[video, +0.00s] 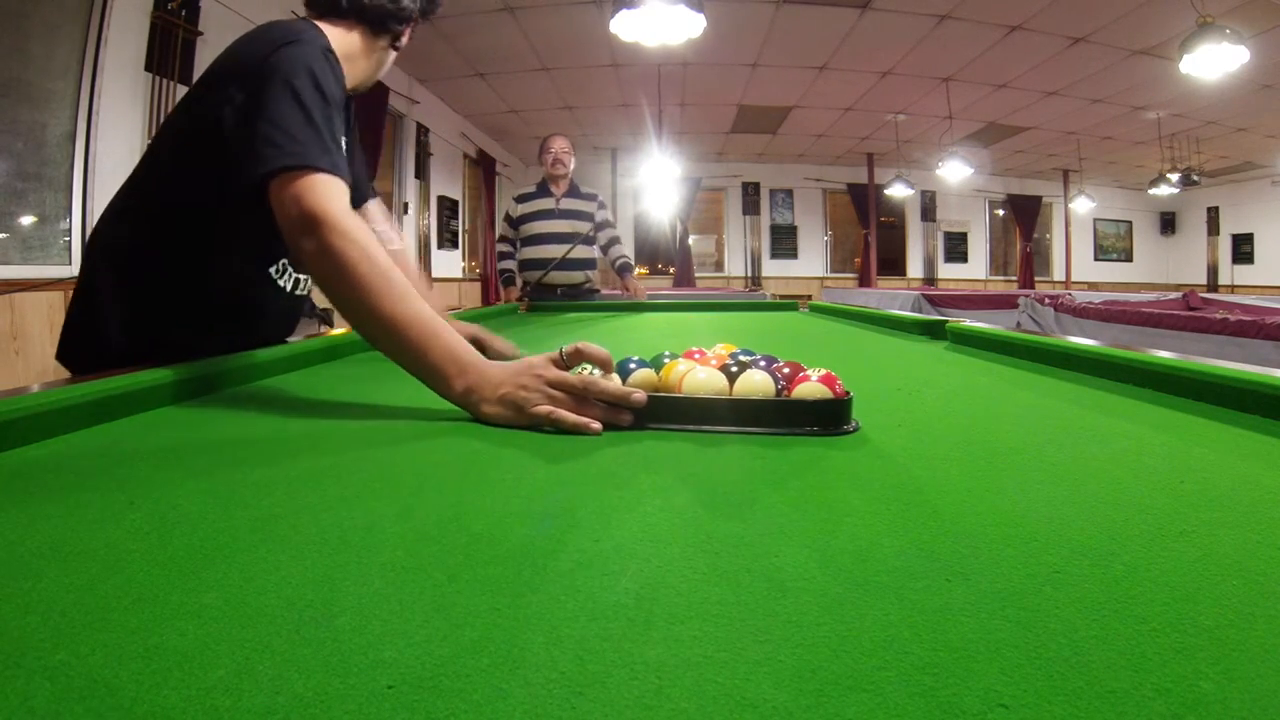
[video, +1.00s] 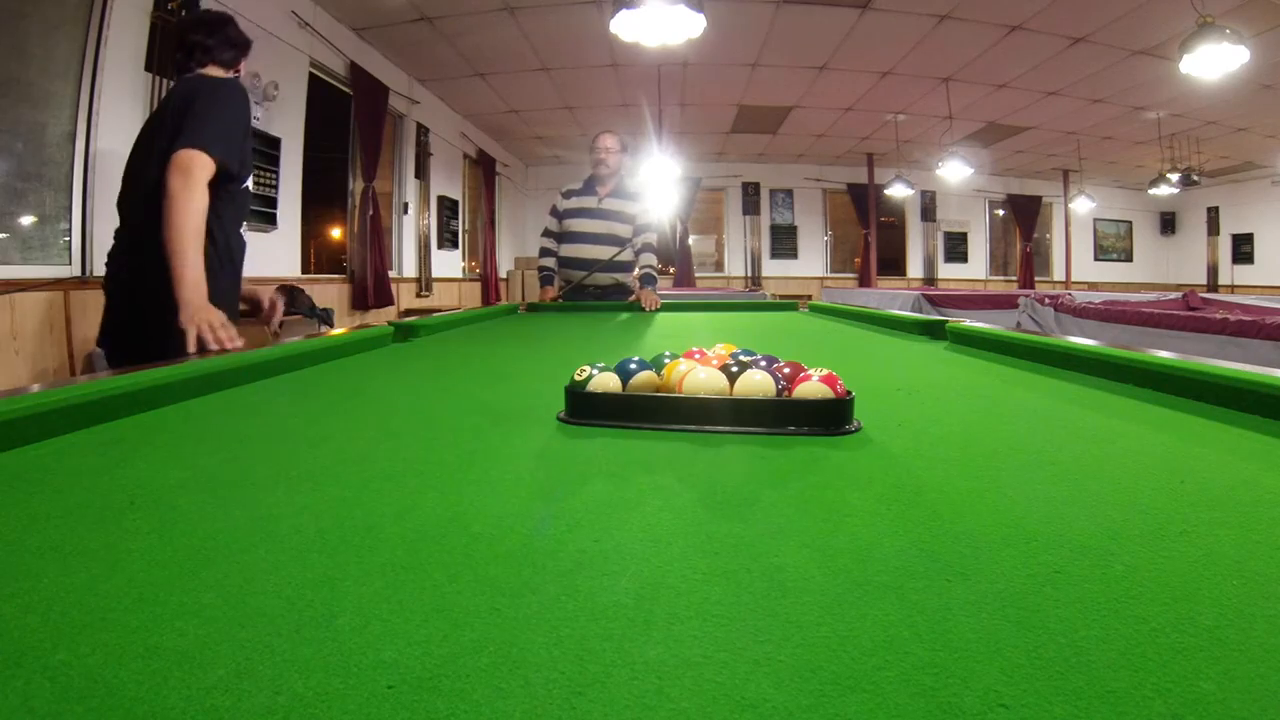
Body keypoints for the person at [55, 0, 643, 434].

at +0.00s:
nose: (400, 60)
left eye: (405, 43)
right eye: (409, 41)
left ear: (327, 10)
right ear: (400, 34)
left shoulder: (328, 96)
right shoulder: (295, 55)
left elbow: (372, 232)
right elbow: (315, 227)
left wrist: (465, 340)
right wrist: (473, 381)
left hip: (235, 346)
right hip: (149, 352)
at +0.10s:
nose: (379, 67)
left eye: (382, 55)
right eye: (389, 50)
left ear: (315, 8)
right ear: (386, 29)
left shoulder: (279, 63)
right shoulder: (300, 52)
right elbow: (326, 220)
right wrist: (477, 375)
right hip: (150, 350)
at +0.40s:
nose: (360, 60)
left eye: (362, 51)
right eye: (364, 47)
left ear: (293, 18)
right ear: (357, 32)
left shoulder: (254, 72)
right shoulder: (297, 57)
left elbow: (279, 222)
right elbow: (330, 178)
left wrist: (334, 308)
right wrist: (443, 342)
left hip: (205, 331)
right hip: (141, 335)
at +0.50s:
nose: (350, 52)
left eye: (350, 44)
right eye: (352, 41)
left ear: (279, 14)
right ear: (348, 30)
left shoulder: (243, 63)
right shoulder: (287, 54)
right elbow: (295, 178)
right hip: (142, 343)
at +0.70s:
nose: (303, 39)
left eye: (304, 28)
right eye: (303, 27)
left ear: (237, 18)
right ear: (293, 29)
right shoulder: (254, 54)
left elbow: (259, 217)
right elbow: (239, 157)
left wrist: (330, 289)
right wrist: (286, 298)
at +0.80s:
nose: (277, 50)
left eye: (279, 39)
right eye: (277, 38)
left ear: (215, 30)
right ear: (268, 41)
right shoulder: (238, 64)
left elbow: (228, 225)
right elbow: (218, 147)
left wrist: (296, 275)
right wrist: (246, 286)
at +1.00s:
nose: (245, 74)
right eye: (246, 67)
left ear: (183, 58)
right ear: (240, 64)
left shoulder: (162, 116)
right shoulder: (220, 92)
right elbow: (187, 176)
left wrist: (240, 292)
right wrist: (195, 302)